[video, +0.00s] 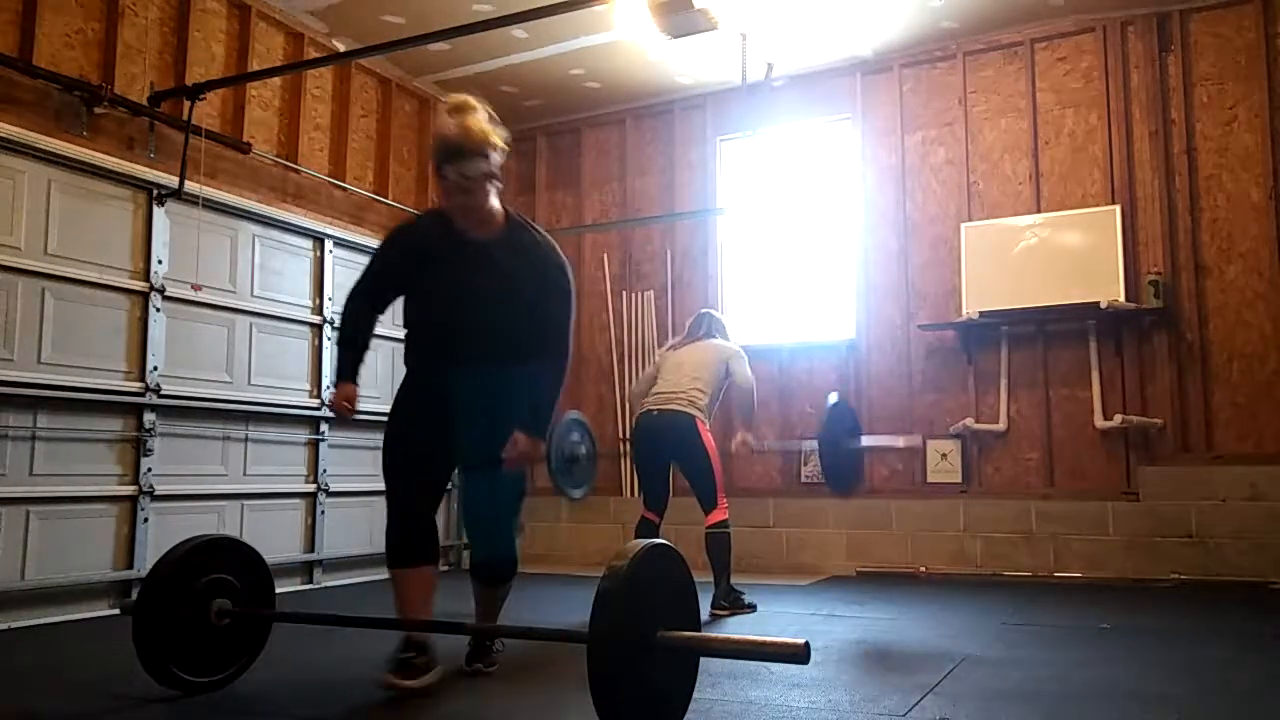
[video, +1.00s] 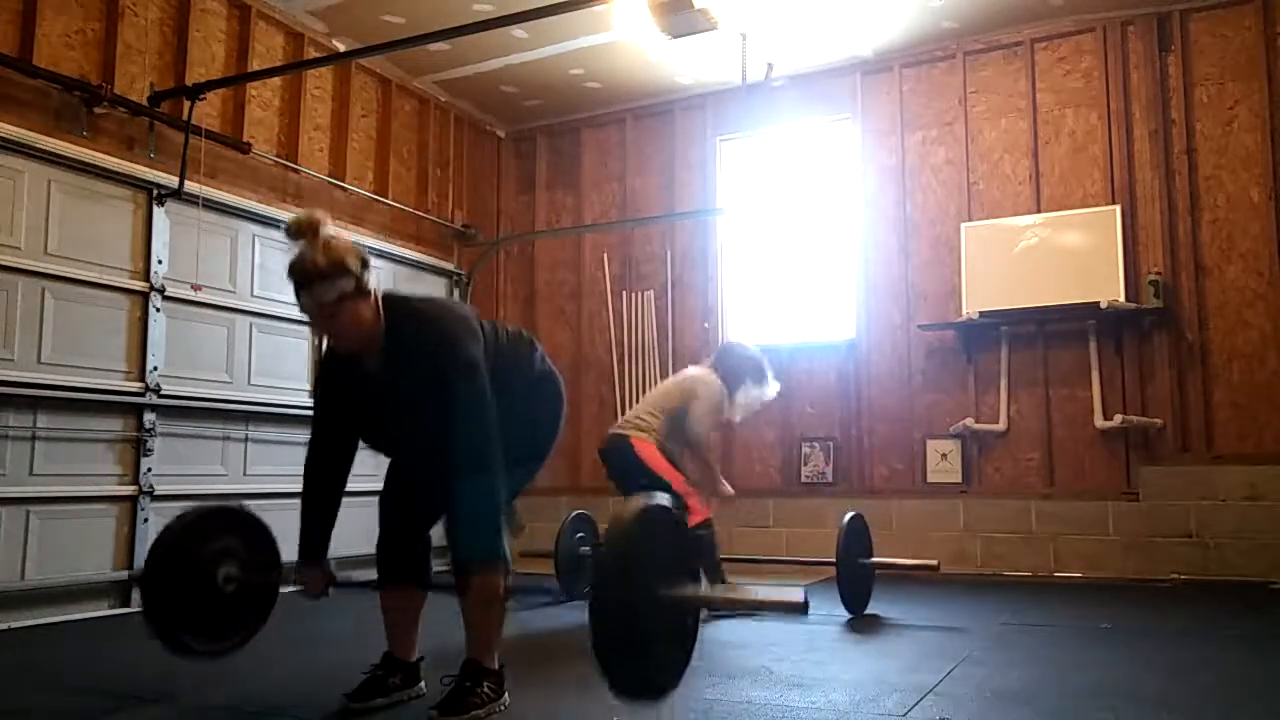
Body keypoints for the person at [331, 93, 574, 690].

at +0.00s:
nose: (476, 194)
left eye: (485, 181)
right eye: (463, 182)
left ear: (501, 174)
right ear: (440, 178)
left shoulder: (541, 259)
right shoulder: (414, 241)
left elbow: (554, 351)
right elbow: (364, 305)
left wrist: (534, 425)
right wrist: (347, 376)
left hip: (502, 413)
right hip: (425, 405)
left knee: (491, 529)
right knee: (408, 514)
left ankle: (485, 637)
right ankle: (417, 645)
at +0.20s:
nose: (423, 186)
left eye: (433, 170)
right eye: (407, 176)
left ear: (449, 164)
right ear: (384, 176)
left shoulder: (493, 237)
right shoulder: (377, 244)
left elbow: (523, 334)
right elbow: (344, 322)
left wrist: (529, 421)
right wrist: (328, 394)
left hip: (490, 411)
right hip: (416, 409)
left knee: (489, 537)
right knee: (409, 534)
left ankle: (496, 619)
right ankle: (403, 662)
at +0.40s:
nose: (374, 237)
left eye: (383, 219)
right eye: (358, 227)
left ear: (403, 205)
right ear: (340, 225)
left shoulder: (458, 257)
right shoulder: (347, 289)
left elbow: (488, 364)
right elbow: (338, 381)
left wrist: (503, 458)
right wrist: (329, 463)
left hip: (489, 399)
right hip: (418, 406)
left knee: (486, 518)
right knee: (411, 525)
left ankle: (502, 654)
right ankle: (403, 662)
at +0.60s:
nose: (333, 339)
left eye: (342, 321)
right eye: (321, 326)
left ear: (369, 306)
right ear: (311, 321)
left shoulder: (444, 346)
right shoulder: (333, 381)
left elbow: (470, 468)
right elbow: (323, 482)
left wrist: (478, 581)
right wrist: (313, 577)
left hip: (514, 418)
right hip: (432, 436)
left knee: (476, 532)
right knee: (392, 516)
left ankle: (483, 673)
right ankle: (402, 664)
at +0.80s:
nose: (320, 372)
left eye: (330, 355)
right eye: (309, 360)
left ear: (364, 338)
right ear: (301, 356)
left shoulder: (436, 372)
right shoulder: (326, 412)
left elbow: (469, 509)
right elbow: (315, 502)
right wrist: (304, 592)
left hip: (522, 430)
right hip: (437, 446)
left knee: (464, 529)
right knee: (385, 514)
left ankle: (482, 673)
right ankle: (400, 665)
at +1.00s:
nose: (322, 324)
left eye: (332, 308)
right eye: (312, 313)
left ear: (366, 298)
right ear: (305, 312)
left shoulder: (442, 335)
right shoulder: (339, 369)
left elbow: (478, 464)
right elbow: (326, 463)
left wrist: (483, 563)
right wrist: (313, 555)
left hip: (518, 405)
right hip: (435, 429)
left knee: (474, 528)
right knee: (400, 521)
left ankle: (484, 673)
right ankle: (401, 665)